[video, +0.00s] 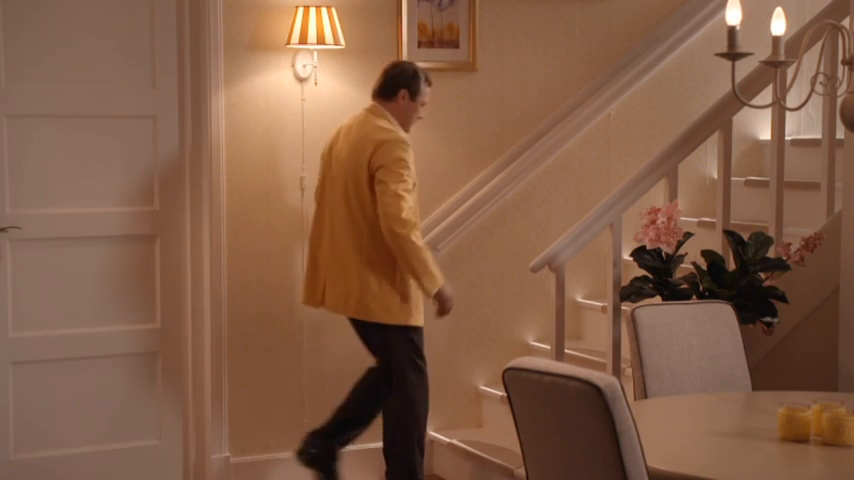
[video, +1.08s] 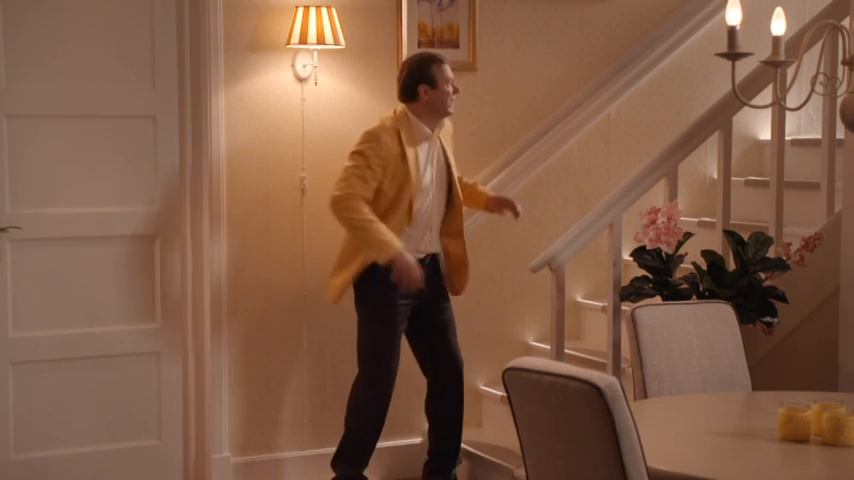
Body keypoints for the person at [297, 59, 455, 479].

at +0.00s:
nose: (422, 114)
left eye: (424, 104)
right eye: (421, 103)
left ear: (390, 96)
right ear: (402, 97)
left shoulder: (344, 134)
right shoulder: (391, 143)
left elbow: (327, 207)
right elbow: (399, 224)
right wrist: (436, 284)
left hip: (347, 279)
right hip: (383, 285)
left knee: (391, 366)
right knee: (409, 379)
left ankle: (324, 444)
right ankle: (405, 473)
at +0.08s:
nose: (433, 114)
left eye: (436, 104)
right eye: (431, 103)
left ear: (402, 96)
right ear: (409, 96)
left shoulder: (363, 127)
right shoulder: (395, 139)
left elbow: (339, 199)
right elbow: (403, 218)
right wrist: (448, 261)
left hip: (366, 276)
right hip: (387, 281)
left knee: (420, 362)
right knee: (411, 376)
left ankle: (363, 458)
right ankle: (406, 473)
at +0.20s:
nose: (446, 109)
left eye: (447, 101)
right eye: (440, 100)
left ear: (413, 97)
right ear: (413, 95)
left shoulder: (393, 131)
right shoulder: (396, 136)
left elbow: (358, 203)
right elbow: (388, 207)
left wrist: (348, 265)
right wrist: (439, 236)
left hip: (410, 286)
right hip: (395, 288)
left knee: (434, 380)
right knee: (411, 384)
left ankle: (426, 473)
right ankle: (405, 475)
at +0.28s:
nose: (448, 109)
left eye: (450, 100)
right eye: (440, 101)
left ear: (431, 98)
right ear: (412, 95)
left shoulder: (423, 134)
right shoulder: (391, 134)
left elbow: (406, 202)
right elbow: (369, 201)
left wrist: (358, 257)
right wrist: (423, 232)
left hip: (421, 277)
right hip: (393, 282)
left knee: (439, 378)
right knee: (412, 382)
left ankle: (435, 471)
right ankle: (404, 474)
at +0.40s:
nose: (445, 108)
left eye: (449, 99)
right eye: (434, 100)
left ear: (453, 95)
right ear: (410, 98)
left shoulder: (441, 135)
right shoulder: (387, 134)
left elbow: (434, 190)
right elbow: (340, 187)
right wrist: (392, 231)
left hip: (438, 267)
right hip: (398, 271)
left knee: (441, 377)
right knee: (413, 379)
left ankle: (435, 472)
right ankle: (404, 474)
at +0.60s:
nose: (422, 110)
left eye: (431, 101)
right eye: (414, 101)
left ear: (446, 93)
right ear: (404, 96)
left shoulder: (472, 127)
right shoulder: (383, 129)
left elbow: (495, 164)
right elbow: (326, 163)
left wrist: (476, 211)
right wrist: (359, 213)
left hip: (445, 268)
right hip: (394, 265)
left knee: (438, 370)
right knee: (403, 365)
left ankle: (436, 471)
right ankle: (397, 473)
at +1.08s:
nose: (456, 92)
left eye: (455, 85)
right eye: (449, 85)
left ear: (429, 92)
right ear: (423, 90)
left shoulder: (436, 138)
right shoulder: (383, 137)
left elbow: (447, 188)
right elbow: (345, 200)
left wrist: (490, 201)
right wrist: (394, 253)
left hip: (428, 271)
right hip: (382, 272)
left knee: (447, 374)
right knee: (377, 378)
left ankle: (441, 472)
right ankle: (348, 472)